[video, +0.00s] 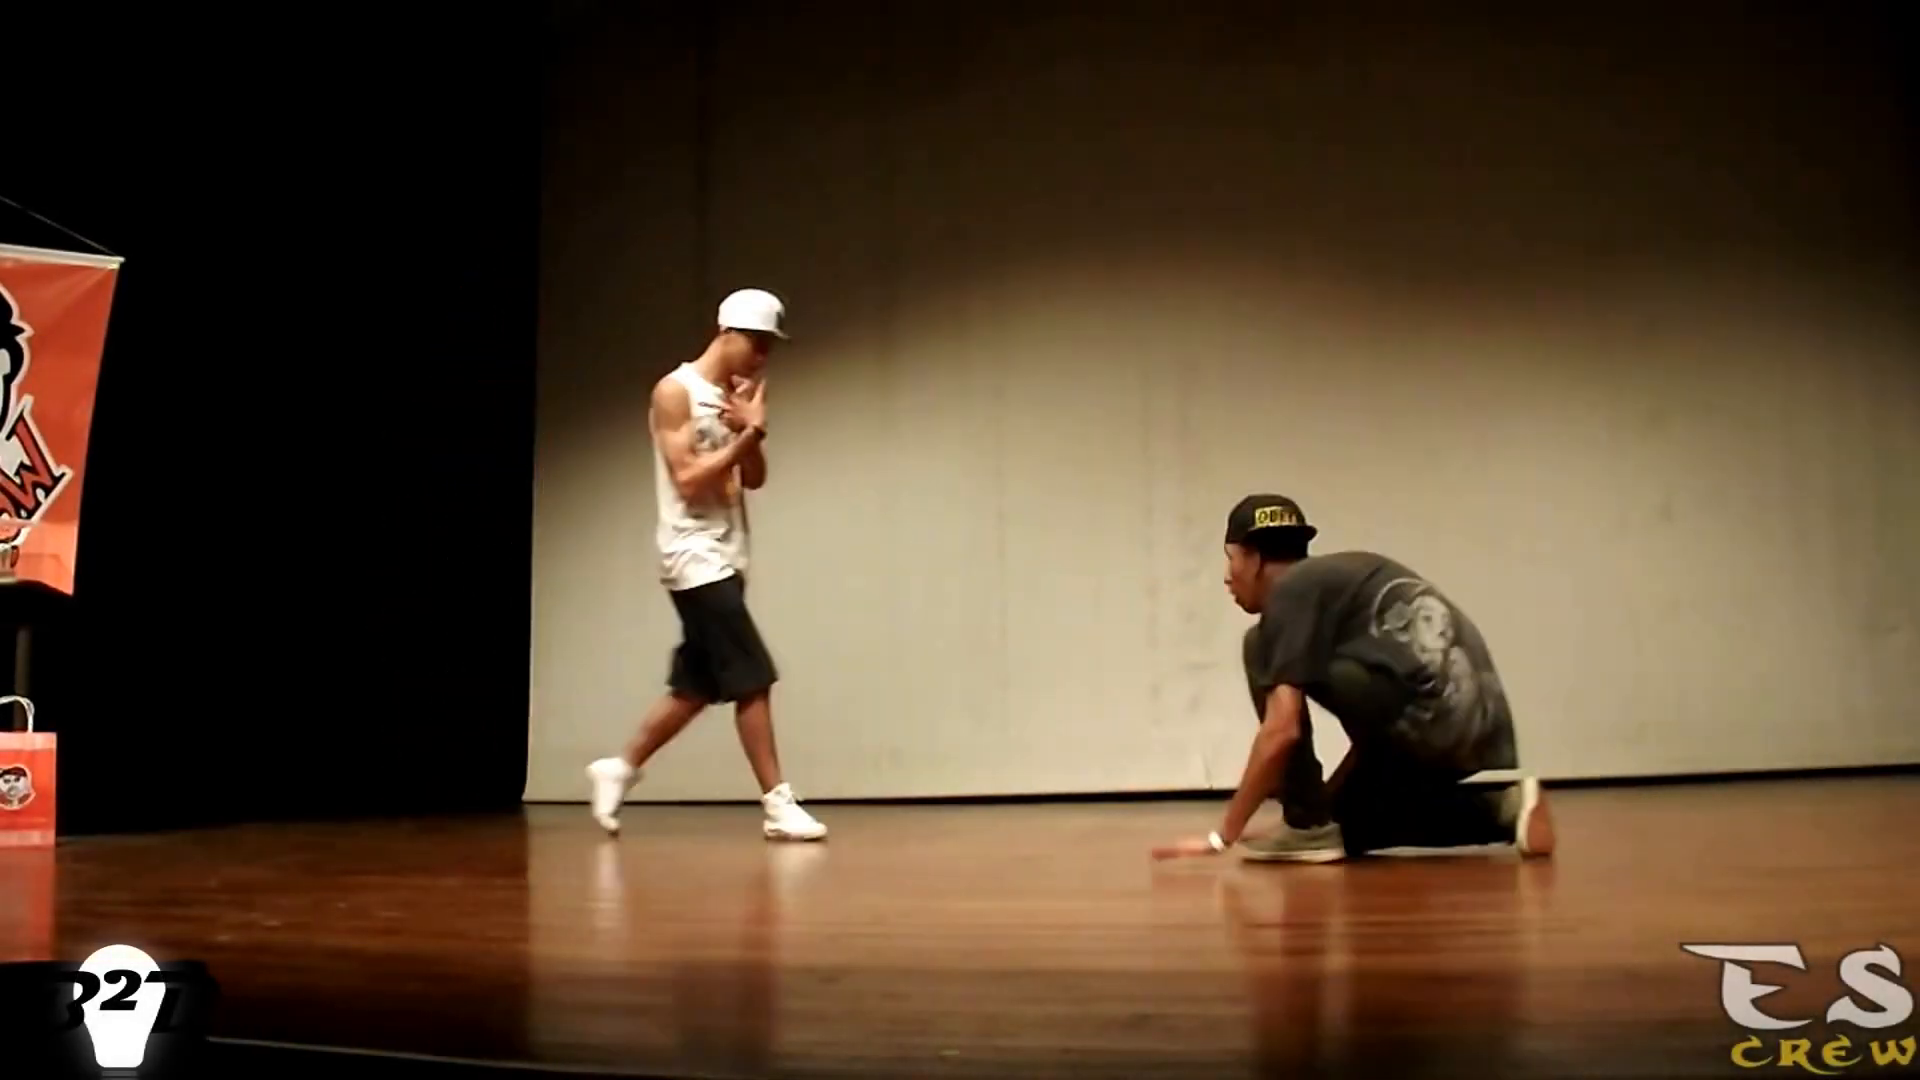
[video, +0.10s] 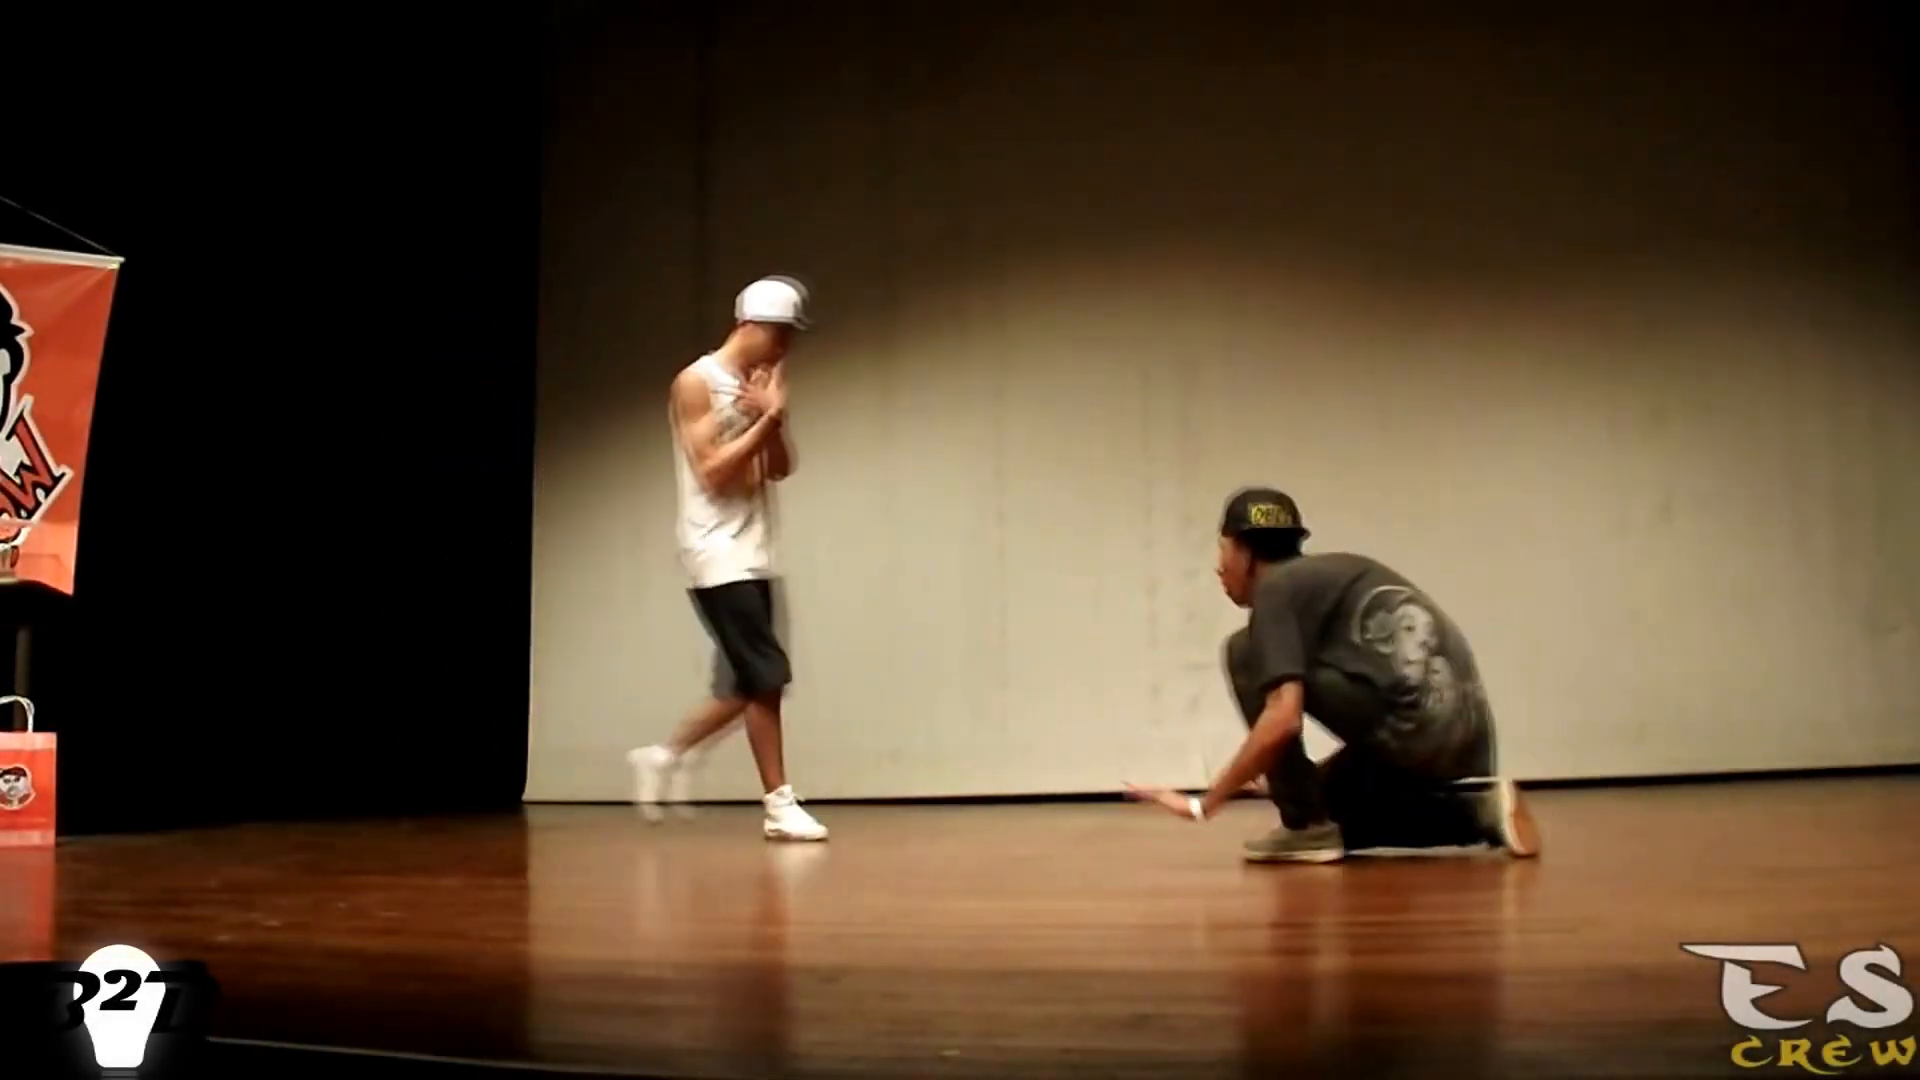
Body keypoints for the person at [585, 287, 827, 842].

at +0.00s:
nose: (763, 359)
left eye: (769, 348)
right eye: (758, 345)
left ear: (764, 348)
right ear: (727, 335)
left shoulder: (739, 393)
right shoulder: (674, 391)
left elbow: (755, 478)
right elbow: (689, 481)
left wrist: (750, 431)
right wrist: (746, 437)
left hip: (726, 557)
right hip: (693, 557)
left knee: (695, 688)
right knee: (752, 677)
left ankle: (619, 772)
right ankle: (778, 803)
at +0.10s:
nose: (784, 349)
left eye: (789, 337)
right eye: (779, 335)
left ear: (776, 335)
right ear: (750, 326)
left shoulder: (757, 382)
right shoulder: (695, 382)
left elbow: (780, 467)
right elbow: (712, 472)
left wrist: (771, 413)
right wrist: (766, 418)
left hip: (753, 554)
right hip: (717, 557)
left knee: (748, 685)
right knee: (765, 674)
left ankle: (663, 757)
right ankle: (778, 803)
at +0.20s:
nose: (809, 338)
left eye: (814, 326)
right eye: (805, 323)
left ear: (802, 323)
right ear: (775, 312)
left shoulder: (782, 369)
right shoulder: (718, 366)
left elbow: (804, 457)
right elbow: (734, 456)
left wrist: (797, 398)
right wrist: (790, 405)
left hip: (784, 547)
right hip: (737, 552)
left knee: (813, 672)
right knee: (762, 686)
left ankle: (746, 762)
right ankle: (777, 802)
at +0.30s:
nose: (840, 330)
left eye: (845, 318)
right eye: (834, 315)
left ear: (832, 318)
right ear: (804, 306)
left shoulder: (811, 367)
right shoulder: (743, 360)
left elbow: (831, 455)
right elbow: (753, 449)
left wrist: (820, 395)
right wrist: (809, 401)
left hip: (811, 549)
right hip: (756, 554)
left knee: (852, 666)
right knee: (766, 689)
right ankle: (778, 804)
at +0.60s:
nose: (926, 326)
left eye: (932, 316)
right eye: (923, 310)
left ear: (918, 312)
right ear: (890, 298)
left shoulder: (896, 376)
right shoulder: (819, 352)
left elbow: (901, 461)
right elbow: (811, 448)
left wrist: (911, 458)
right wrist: (881, 464)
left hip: (885, 542)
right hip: (826, 551)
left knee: (932, 670)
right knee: (849, 693)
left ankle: (950, 805)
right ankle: (808, 769)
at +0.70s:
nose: (942, 304)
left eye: (948, 293)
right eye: (937, 288)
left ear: (935, 288)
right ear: (902, 273)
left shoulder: (911, 356)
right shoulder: (833, 329)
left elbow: (911, 450)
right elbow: (814, 421)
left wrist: (938, 507)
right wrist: (837, 491)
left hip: (900, 531)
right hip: (838, 534)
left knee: (937, 664)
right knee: (870, 667)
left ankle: (950, 804)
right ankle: (845, 769)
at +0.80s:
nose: (949, 271)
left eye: (955, 259)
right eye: (943, 254)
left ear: (939, 259)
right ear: (906, 245)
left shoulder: (914, 334)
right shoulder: (835, 306)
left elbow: (915, 442)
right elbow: (794, 398)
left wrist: (936, 533)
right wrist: (755, 489)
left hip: (901, 514)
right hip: (837, 509)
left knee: (937, 653)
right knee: (867, 647)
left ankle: (949, 800)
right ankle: (864, 795)